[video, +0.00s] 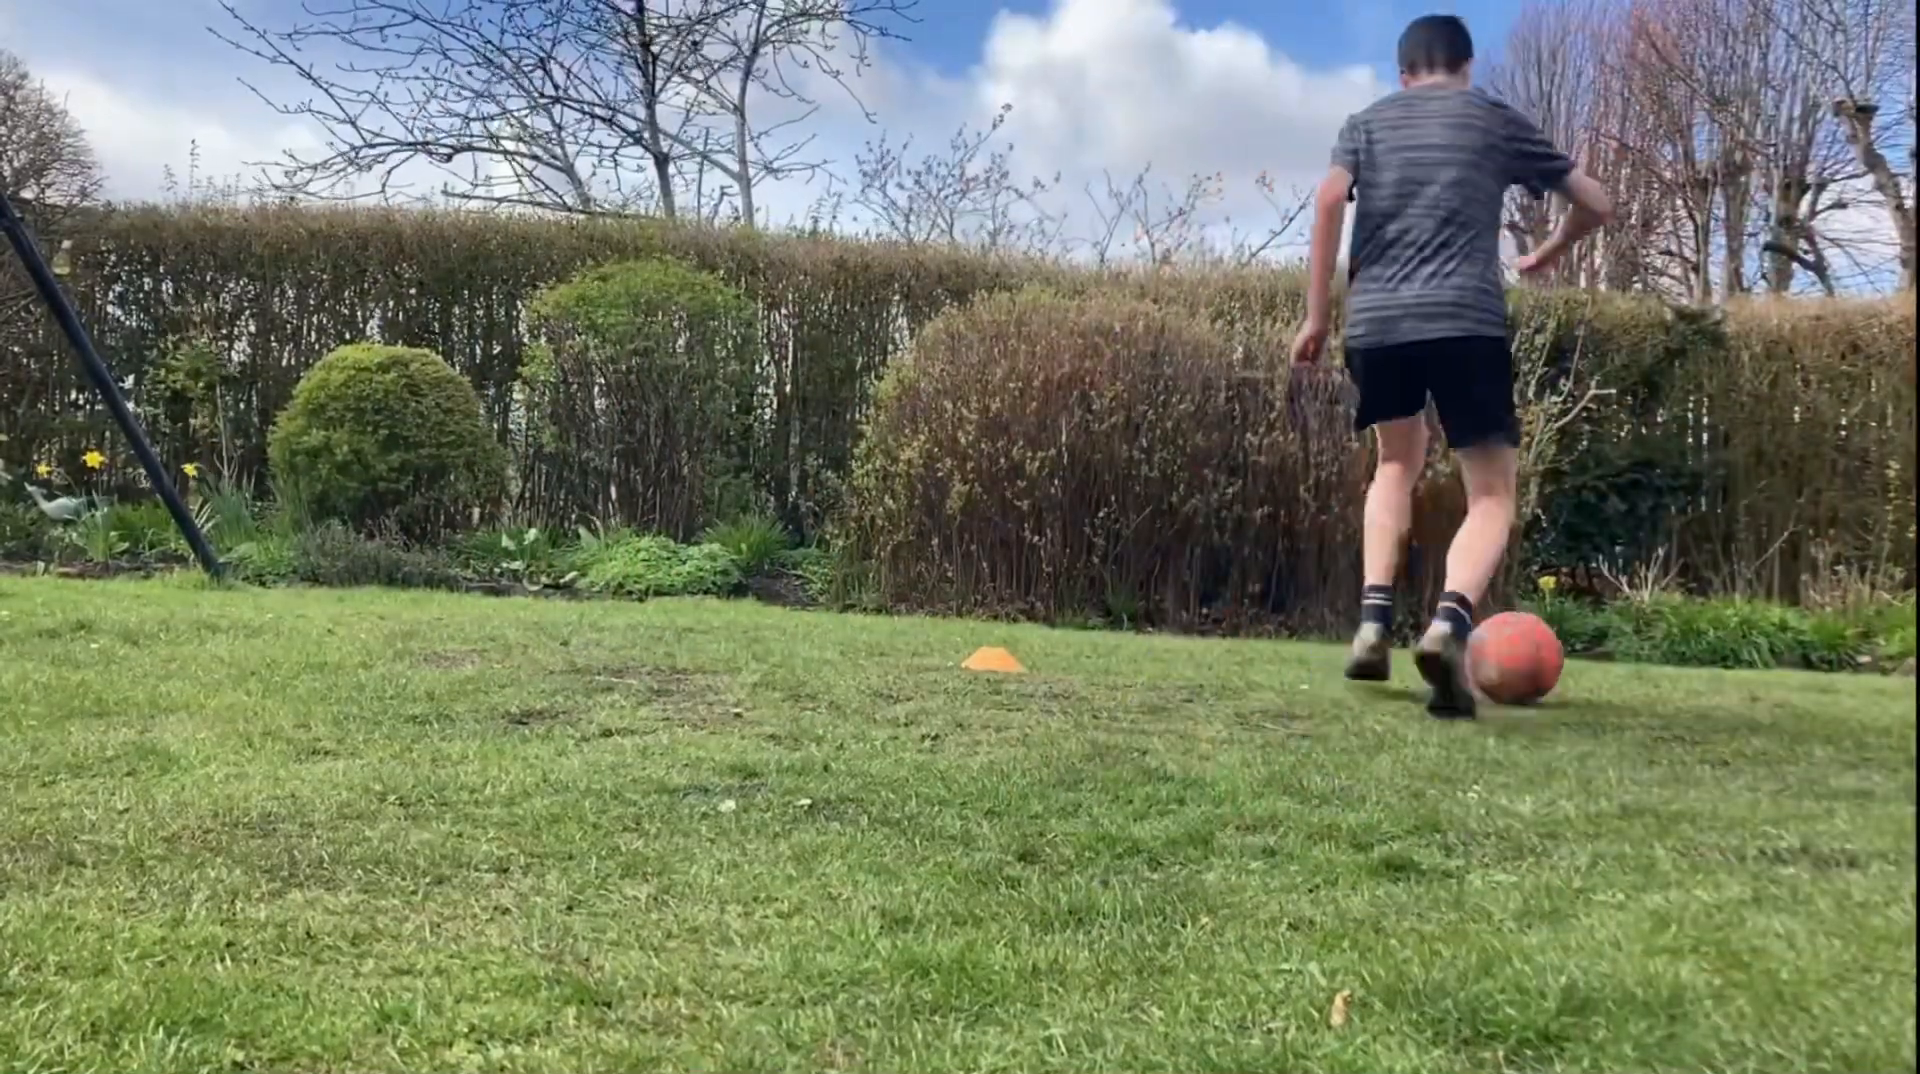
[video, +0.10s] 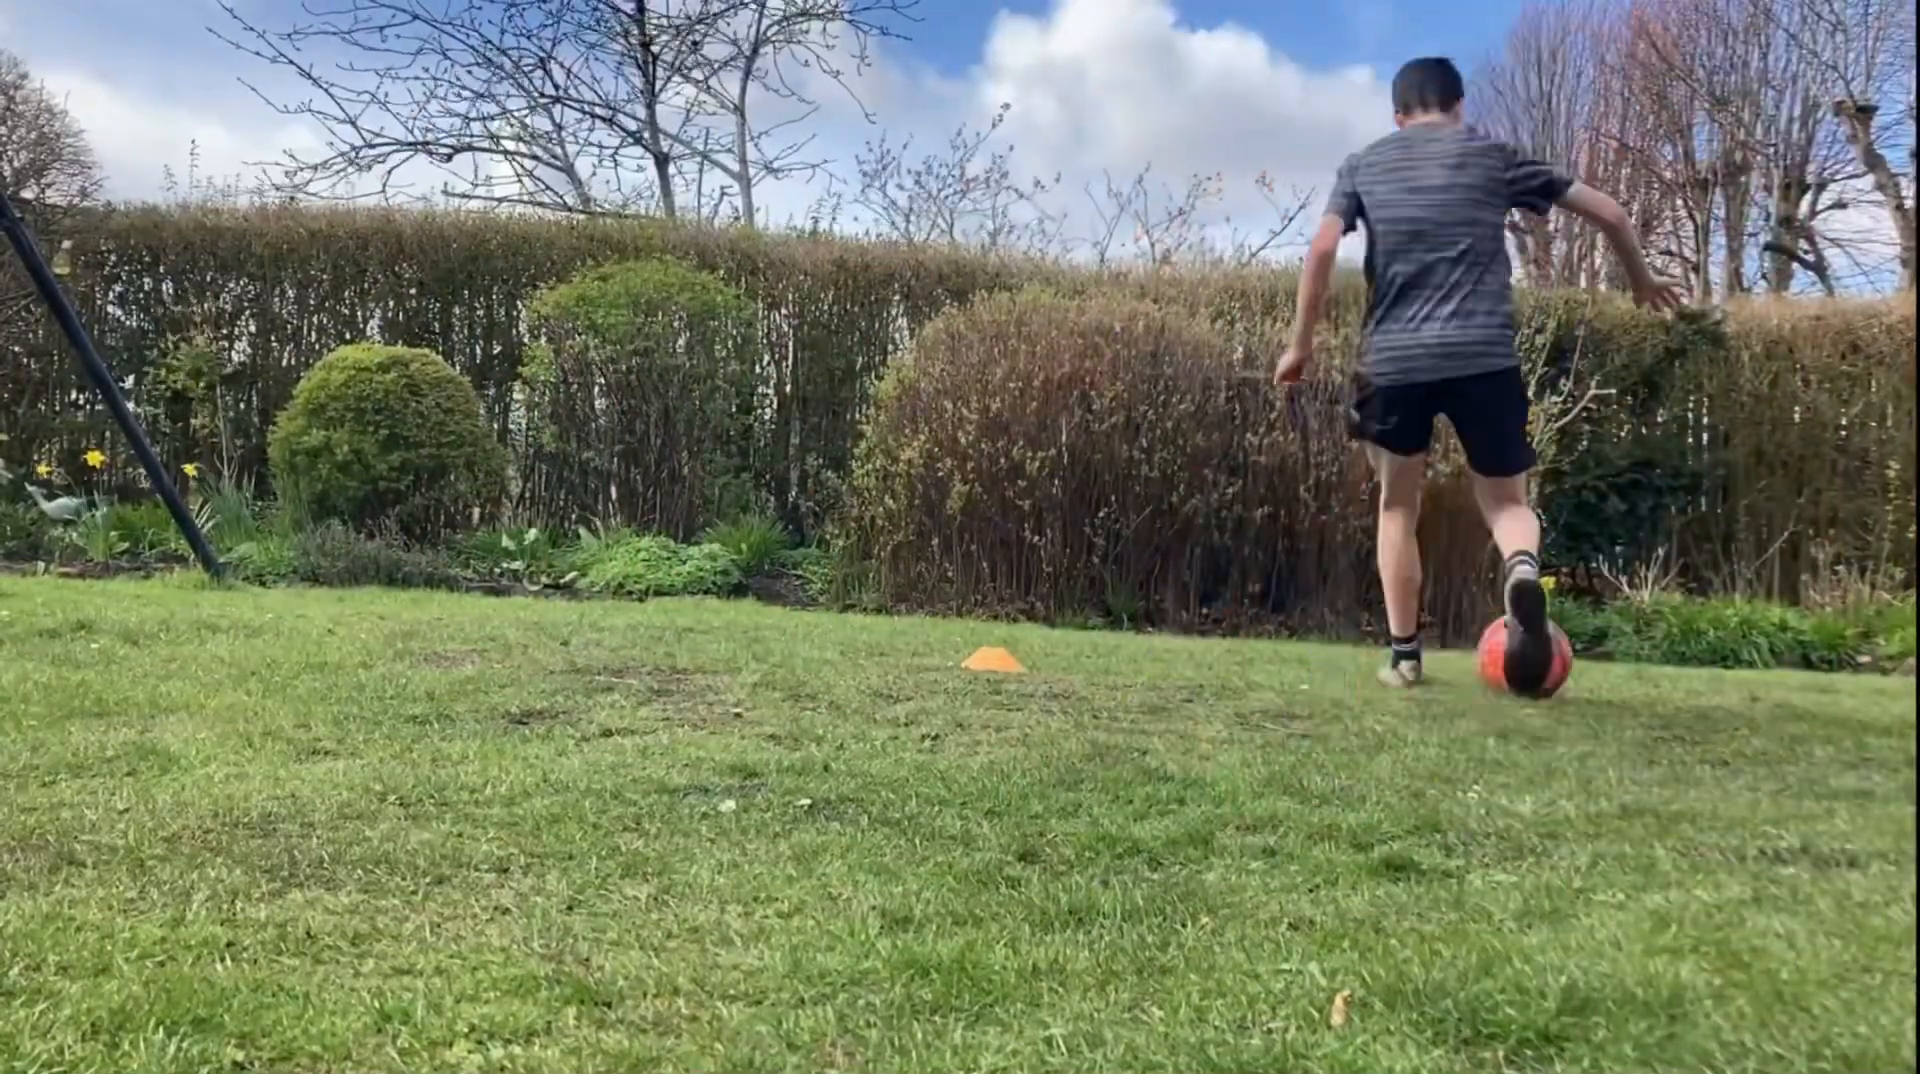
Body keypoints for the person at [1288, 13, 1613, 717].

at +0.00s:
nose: (1465, 82)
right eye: (1468, 71)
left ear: (1403, 69)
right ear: (1466, 67)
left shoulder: (1367, 122)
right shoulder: (1493, 118)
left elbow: (1328, 199)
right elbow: (1594, 204)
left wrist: (1315, 315)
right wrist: (1549, 251)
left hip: (1376, 326)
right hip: (1468, 323)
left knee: (1394, 463)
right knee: (1491, 494)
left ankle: (1373, 618)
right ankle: (1448, 623)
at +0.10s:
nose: (1453, 120)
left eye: (1402, 115)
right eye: (1457, 110)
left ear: (1397, 114)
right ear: (1460, 107)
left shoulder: (1364, 164)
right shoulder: (1495, 157)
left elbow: (1321, 249)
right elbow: (1612, 214)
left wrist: (1300, 344)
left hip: (1395, 365)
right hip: (1483, 358)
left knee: (1398, 503)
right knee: (1506, 497)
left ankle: (1404, 656)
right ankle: (1523, 570)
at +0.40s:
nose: (1392, 200)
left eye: (1388, 189)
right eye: (1390, 190)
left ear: (1398, 178)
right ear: (1442, 163)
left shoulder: (1399, 227)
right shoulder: (1502, 193)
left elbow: (1399, 339)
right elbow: (1584, 253)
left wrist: (1417, 318)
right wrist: (1638, 342)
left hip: (1492, 382)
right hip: (1564, 375)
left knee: (1414, 478)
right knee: (1482, 481)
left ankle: (1420, 637)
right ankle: (1576, 602)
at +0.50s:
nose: (1399, 236)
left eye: (1392, 221)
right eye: (1390, 227)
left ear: (1411, 197)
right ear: (1440, 192)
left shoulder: (1437, 243)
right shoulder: (1519, 228)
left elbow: (1477, 335)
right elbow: (1599, 299)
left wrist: (1437, 381)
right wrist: (1634, 399)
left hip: (1523, 407)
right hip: (1580, 408)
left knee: (1416, 491)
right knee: (1508, 535)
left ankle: (1430, 653)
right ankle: (1595, 661)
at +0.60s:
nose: (1401, 234)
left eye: (1398, 218)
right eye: (1393, 225)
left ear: (1429, 194)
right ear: (1434, 197)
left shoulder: (1474, 239)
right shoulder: (1500, 231)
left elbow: (1540, 313)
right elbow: (1565, 329)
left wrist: (1480, 391)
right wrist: (1587, 428)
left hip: (1553, 411)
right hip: (1578, 411)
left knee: (1421, 490)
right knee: (1499, 536)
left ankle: (1431, 647)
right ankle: (1591, 659)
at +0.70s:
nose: (1408, 186)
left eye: (1410, 169)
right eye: (1401, 177)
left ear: (1447, 152)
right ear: (1441, 161)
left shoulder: (1502, 197)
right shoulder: (1480, 213)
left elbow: (1584, 260)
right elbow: (1524, 305)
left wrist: (1516, 346)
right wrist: (1509, 373)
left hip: (1571, 375)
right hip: (1547, 378)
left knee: (1453, 488)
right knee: (1498, 530)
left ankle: (1454, 628)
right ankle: (1583, 642)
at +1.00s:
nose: (1477, 147)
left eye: (1490, 133)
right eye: (1465, 136)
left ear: (1518, 136)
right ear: (1455, 146)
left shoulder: (1567, 205)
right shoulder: (1463, 233)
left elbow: (1642, 274)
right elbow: (1467, 325)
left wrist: (1581, 351)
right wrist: (1420, 413)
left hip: (1587, 382)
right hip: (1515, 395)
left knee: (1521, 477)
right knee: (1497, 536)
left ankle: (1559, 649)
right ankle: (1545, 652)